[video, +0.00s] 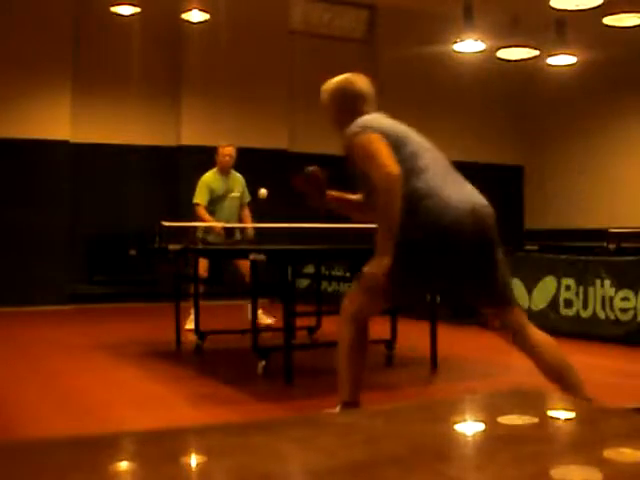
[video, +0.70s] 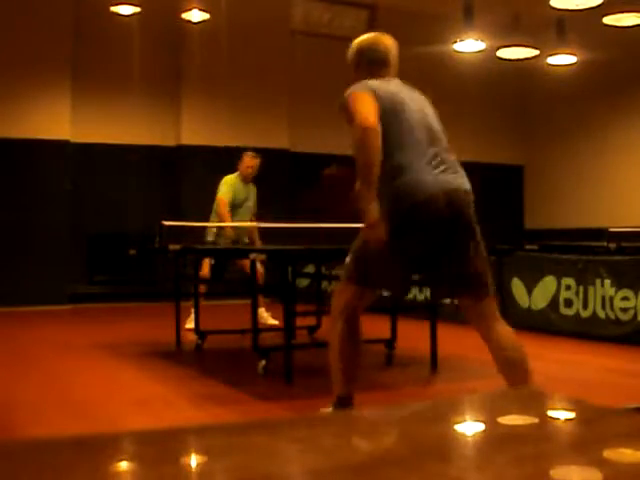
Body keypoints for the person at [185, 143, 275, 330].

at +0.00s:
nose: (227, 160)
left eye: (230, 156)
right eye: (224, 156)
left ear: (234, 159)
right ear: (217, 157)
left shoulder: (239, 180)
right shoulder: (207, 180)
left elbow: (244, 207)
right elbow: (199, 207)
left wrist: (249, 226)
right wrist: (213, 223)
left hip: (233, 234)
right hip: (209, 235)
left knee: (247, 270)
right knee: (201, 274)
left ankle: (255, 310)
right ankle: (193, 314)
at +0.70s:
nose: (250, 170)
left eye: (253, 167)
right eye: (247, 166)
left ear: (256, 170)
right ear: (240, 166)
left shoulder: (252, 189)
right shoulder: (228, 181)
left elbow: (251, 219)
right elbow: (222, 206)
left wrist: (256, 243)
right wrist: (228, 229)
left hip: (240, 237)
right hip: (219, 237)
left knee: (257, 270)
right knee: (205, 273)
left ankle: (260, 310)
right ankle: (194, 313)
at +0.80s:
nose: (253, 168)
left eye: (256, 166)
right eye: (251, 164)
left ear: (259, 169)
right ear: (243, 163)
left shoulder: (253, 190)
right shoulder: (229, 177)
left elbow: (252, 220)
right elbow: (224, 181)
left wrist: (257, 242)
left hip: (242, 240)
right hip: (220, 238)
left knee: (258, 272)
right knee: (206, 273)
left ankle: (260, 310)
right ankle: (195, 313)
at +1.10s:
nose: (244, 164)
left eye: (247, 161)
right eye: (241, 160)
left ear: (250, 165)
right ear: (233, 160)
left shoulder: (251, 189)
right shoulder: (219, 180)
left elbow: (262, 213)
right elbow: (201, 199)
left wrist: (272, 230)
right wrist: (212, 192)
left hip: (242, 240)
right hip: (217, 238)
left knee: (258, 272)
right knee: (203, 273)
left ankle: (261, 311)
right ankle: (185, 306)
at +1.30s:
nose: (224, 164)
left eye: (227, 160)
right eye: (221, 159)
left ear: (229, 163)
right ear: (211, 160)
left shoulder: (231, 187)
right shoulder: (198, 181)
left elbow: (248, 211)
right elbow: (189, 205)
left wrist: (264, 212)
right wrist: (211, 207)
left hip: (227, 241)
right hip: (202, 240)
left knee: (244, 274)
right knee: (191, 279)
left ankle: (257, 310)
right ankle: (182, 312)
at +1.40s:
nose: (216, 159)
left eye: (218, 156)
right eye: (212, 155)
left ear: (220, 159)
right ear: (202, 158)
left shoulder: (222, 182)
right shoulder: (191, 178)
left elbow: (236, 205)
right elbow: (185, 205)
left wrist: (255, 213)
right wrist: (208, 205)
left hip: (218, 238)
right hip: (195, 238)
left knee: (236, 273)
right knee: (189, 279)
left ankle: (246, 308)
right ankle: (182, 312)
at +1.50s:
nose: (210, 155)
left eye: (212, 152)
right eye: (207, 152)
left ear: (215, 154)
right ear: (198, 154)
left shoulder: (218, 178)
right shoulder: (187, 176)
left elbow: (231, 200)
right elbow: (182, 203)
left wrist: (248, 216)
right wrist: (205, 205)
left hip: (214, 235)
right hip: (192, 235)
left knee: (220, 271)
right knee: (188, 275)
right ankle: (182, 309)